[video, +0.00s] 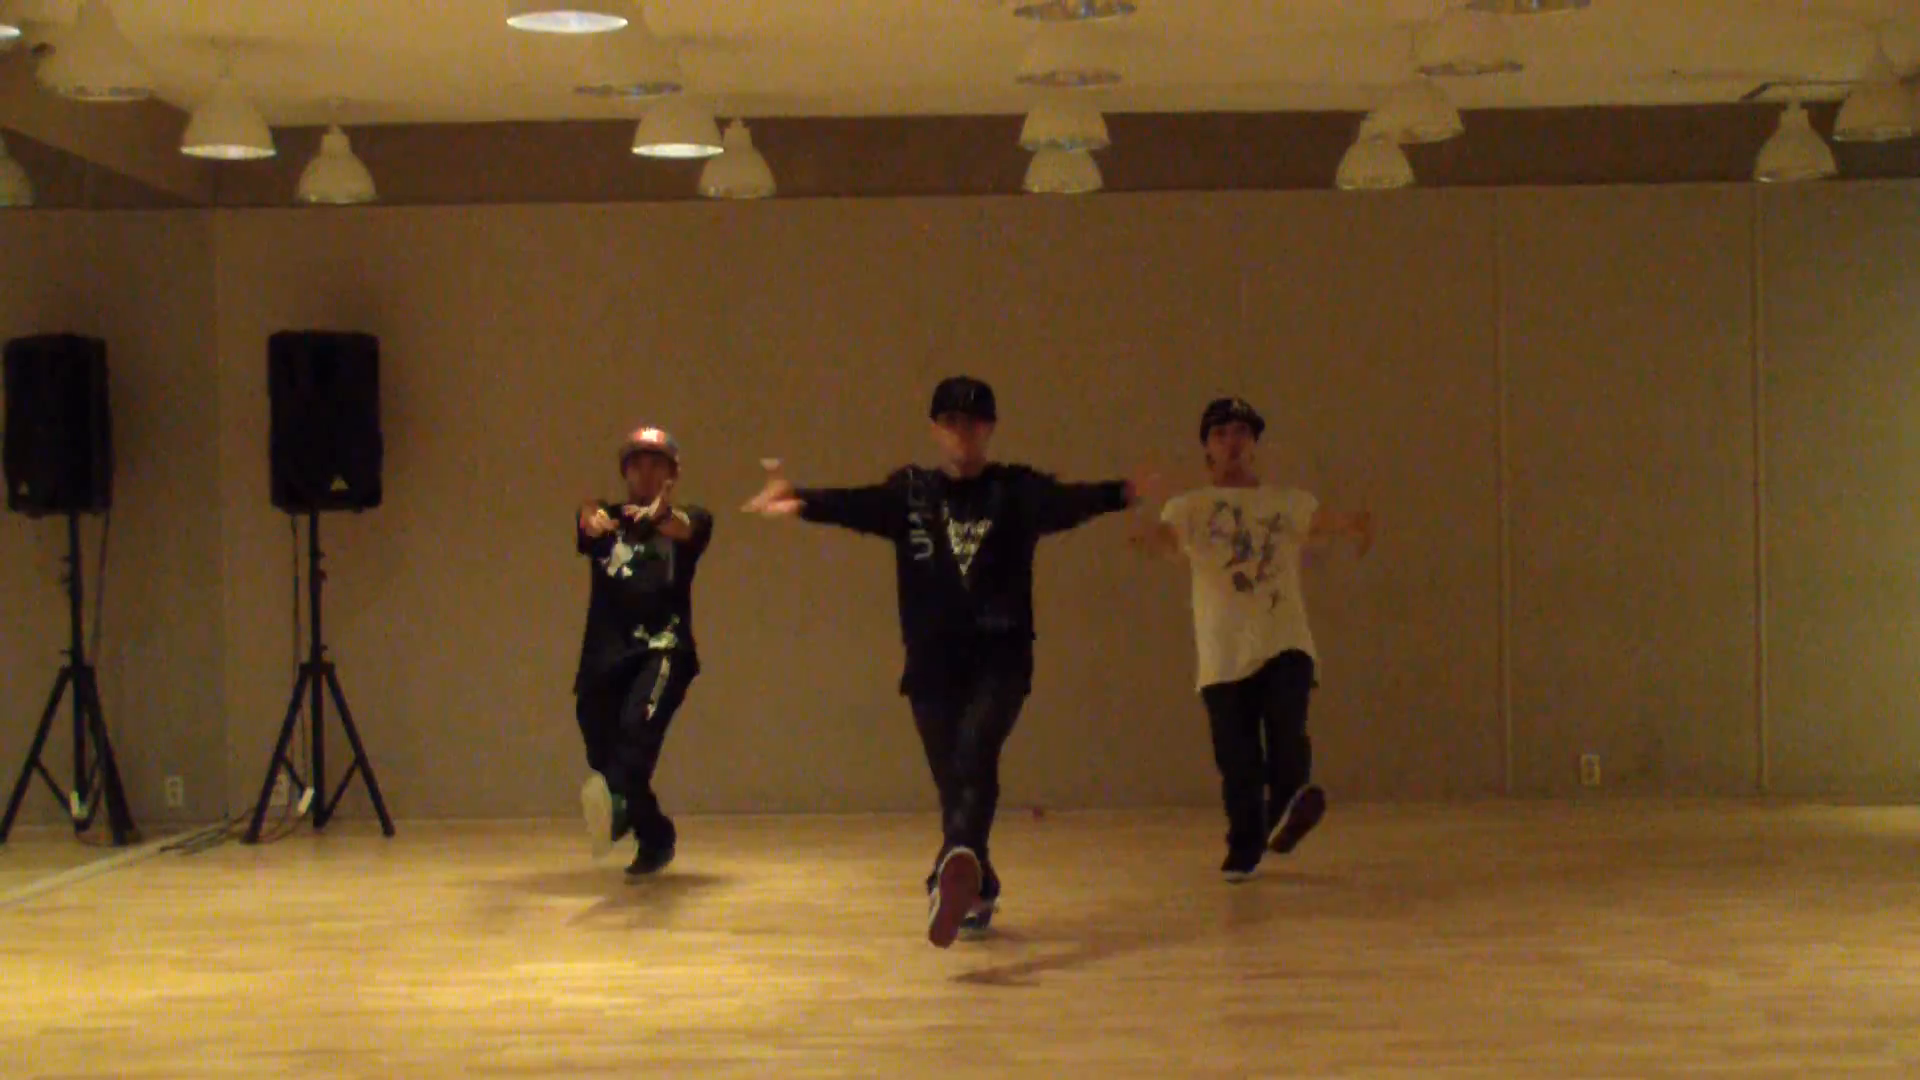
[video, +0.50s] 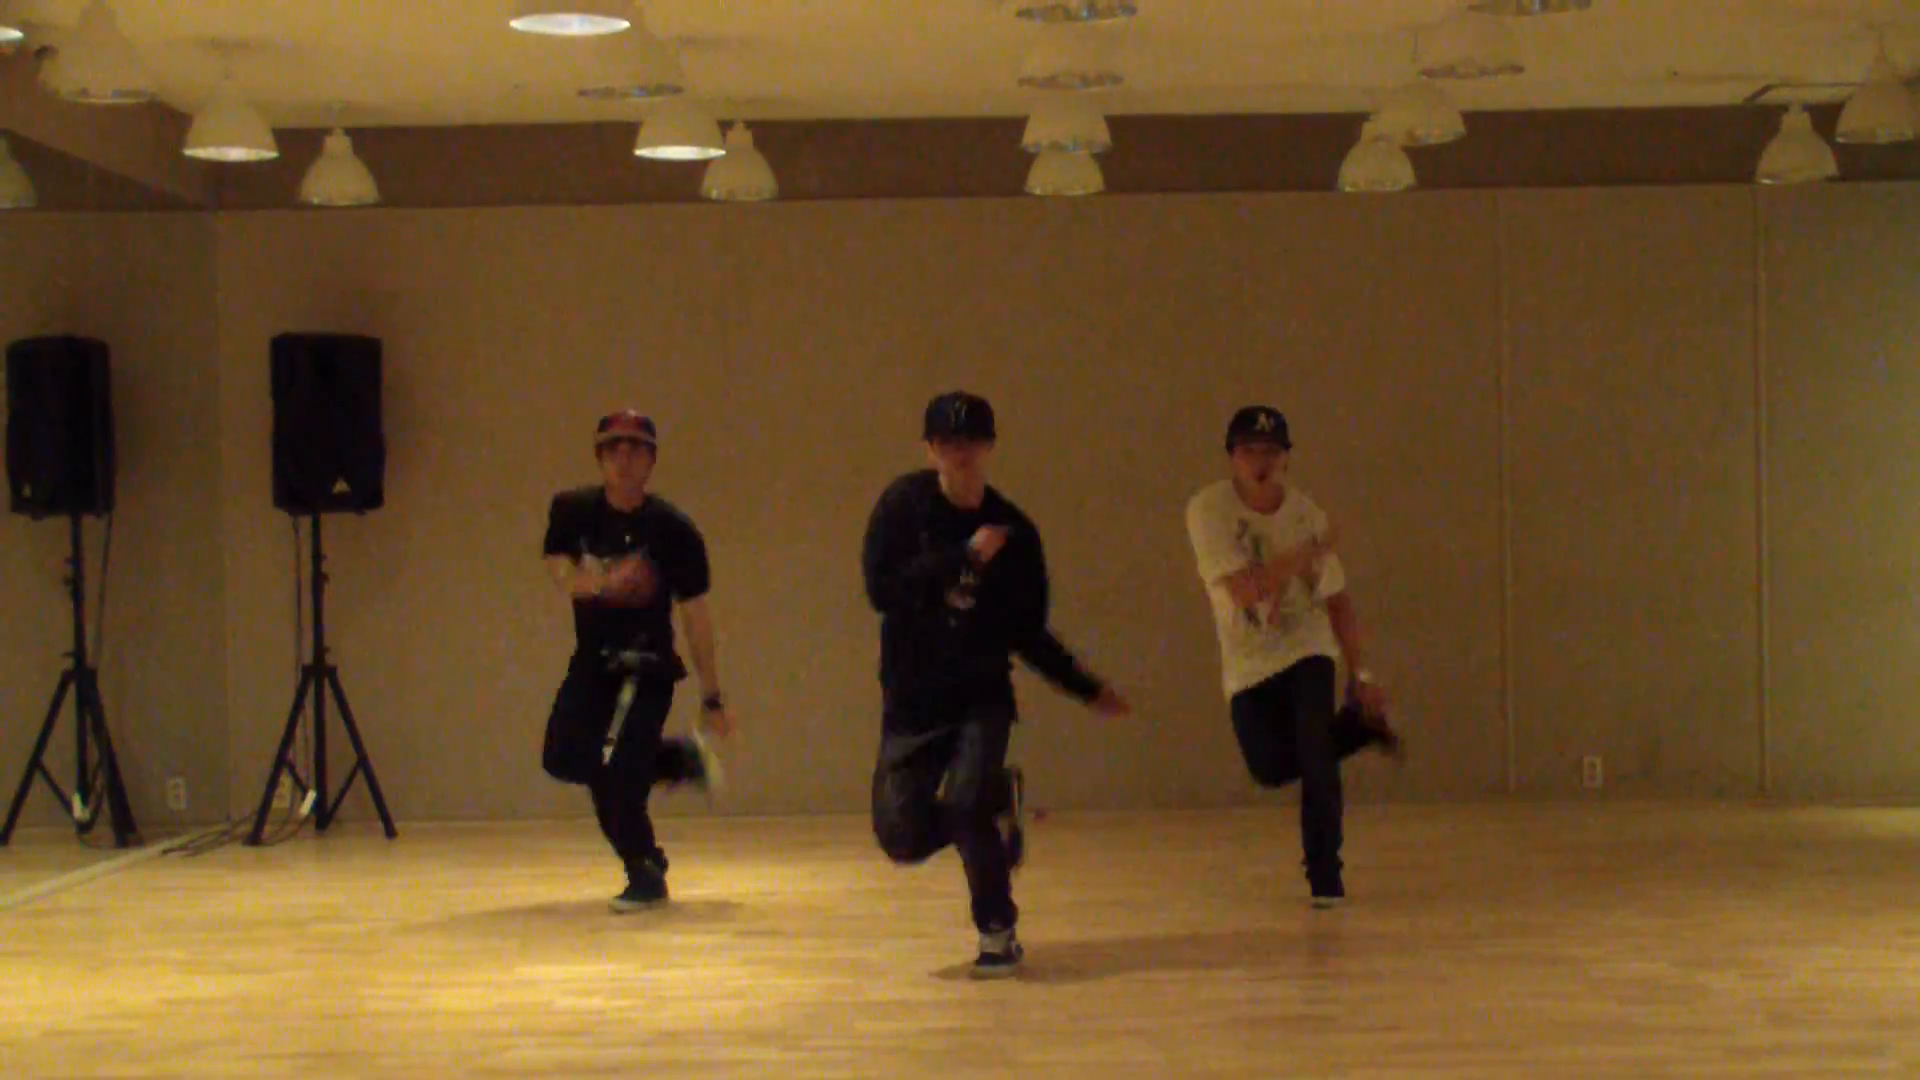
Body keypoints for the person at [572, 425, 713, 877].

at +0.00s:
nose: (646, 470)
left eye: (657, 462)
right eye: (638, 462)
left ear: (672, 471)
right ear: (624, 470)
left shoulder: (691, 519)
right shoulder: (606, 514)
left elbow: (688, 532)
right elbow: (588, 531)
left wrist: (659, 518)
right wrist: (595, 526)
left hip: (663, 648)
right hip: (607, 649)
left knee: (641, 723)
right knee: (605, 748)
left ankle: (617, 810)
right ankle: (656, 834)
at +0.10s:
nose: (640, 465)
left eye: (650, 456)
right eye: (631, 456)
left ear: (667, 465)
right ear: (617, 466)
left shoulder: (679, 519)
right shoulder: (600, 514)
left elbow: (695, 505)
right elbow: (579, 505)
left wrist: (711, 481)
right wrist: (562, 489)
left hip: (662, 637)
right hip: (604, 642)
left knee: (643, 700)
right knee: (603, 751)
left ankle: (617, 783)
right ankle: (652, 832)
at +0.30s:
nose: (620, 452)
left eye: (630, 443)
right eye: (610, 444)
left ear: (648, 453)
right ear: (598, 455)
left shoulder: (681, 508)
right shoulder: (578, 513)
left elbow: (746, 553)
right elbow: (523, 562)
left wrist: (807, 595)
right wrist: (488, 582)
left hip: (661, 647)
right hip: (601, 645)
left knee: (637, 745)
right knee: (583, 745)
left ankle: (649, 868)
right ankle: (595, 867)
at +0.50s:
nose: (624, 458)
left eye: (635, 448)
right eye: (614, 448)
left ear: (652, 460)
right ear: (599, 457)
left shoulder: (674, 530)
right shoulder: (571, 512)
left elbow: (697, 617)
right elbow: (563, 580)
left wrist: (712, 695)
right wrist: (605, 582)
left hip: (649, 663)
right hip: (593, 657)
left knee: (617, 769)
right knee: (562, 757)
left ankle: (645, 871)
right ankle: (673, 760)